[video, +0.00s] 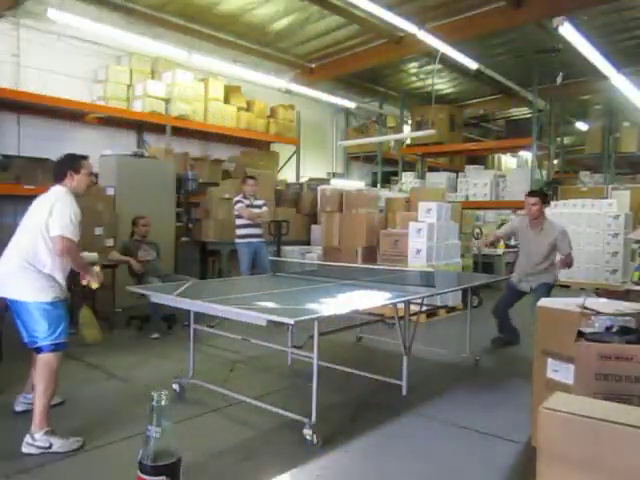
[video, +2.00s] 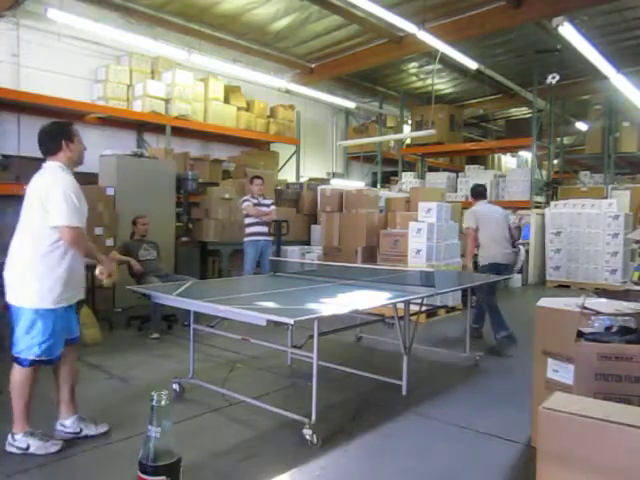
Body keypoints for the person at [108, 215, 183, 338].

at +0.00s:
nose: (147, 229)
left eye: (148, 226)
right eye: (143, 226)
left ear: (150, 227)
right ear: (135, 228)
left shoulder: (154, 245)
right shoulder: (128, 245)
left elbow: (157, 262)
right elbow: (111, 256)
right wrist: (130, 260)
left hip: (160, 275)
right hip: (144, 276)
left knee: (190, 282)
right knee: (157, 288)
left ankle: (190, 320)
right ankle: (154, 328)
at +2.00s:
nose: (146, 228)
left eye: (147, 225)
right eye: (143, 225)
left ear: (149, 226)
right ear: (135, 227)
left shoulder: (154, 245)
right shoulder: (128, 244)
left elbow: (158, 262)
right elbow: (112, 255)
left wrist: (162, 272)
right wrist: (130, 260)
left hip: (161, 274)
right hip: (145, 276)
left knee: (192, 283)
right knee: (159, 293)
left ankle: (189, 320)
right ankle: (154, 329)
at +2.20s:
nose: (142, 226)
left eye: (145, 223)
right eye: (139, 223)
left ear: (147, 225)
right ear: (132, 225)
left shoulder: (153, 244)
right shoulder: (127, 243)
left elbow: (157, 261)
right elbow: (111, 255)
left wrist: (162, 271)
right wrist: (130, 259)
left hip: (160, 273)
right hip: (144, 273)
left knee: (191, 281)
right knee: (159, 288)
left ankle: (188, 320)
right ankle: (154, 328)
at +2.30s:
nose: (141, 227)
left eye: (143, 224)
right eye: (137, 224)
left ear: (146, 226)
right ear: (131, 226)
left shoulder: (152, 244)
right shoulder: (126, 244)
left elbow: (155, 262)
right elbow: (112, 255)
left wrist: (159, 272)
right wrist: (128, 260)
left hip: (160, 274)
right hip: (143, 275)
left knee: (190, 282)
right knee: (159, 290)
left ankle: (187, 320)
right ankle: (154, 329)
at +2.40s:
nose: (140, 226)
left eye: (142, 223)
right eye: (136, 223)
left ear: (146, 225)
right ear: (131, 226)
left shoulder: (152, 244)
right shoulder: (126, 244)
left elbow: (156, 261)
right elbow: (114, 255)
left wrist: (160, 270)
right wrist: (128, 259)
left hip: (159, 273)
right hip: (143, 274)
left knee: (189, 281)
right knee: (160, 288)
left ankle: (186, 320)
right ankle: (154, 329)